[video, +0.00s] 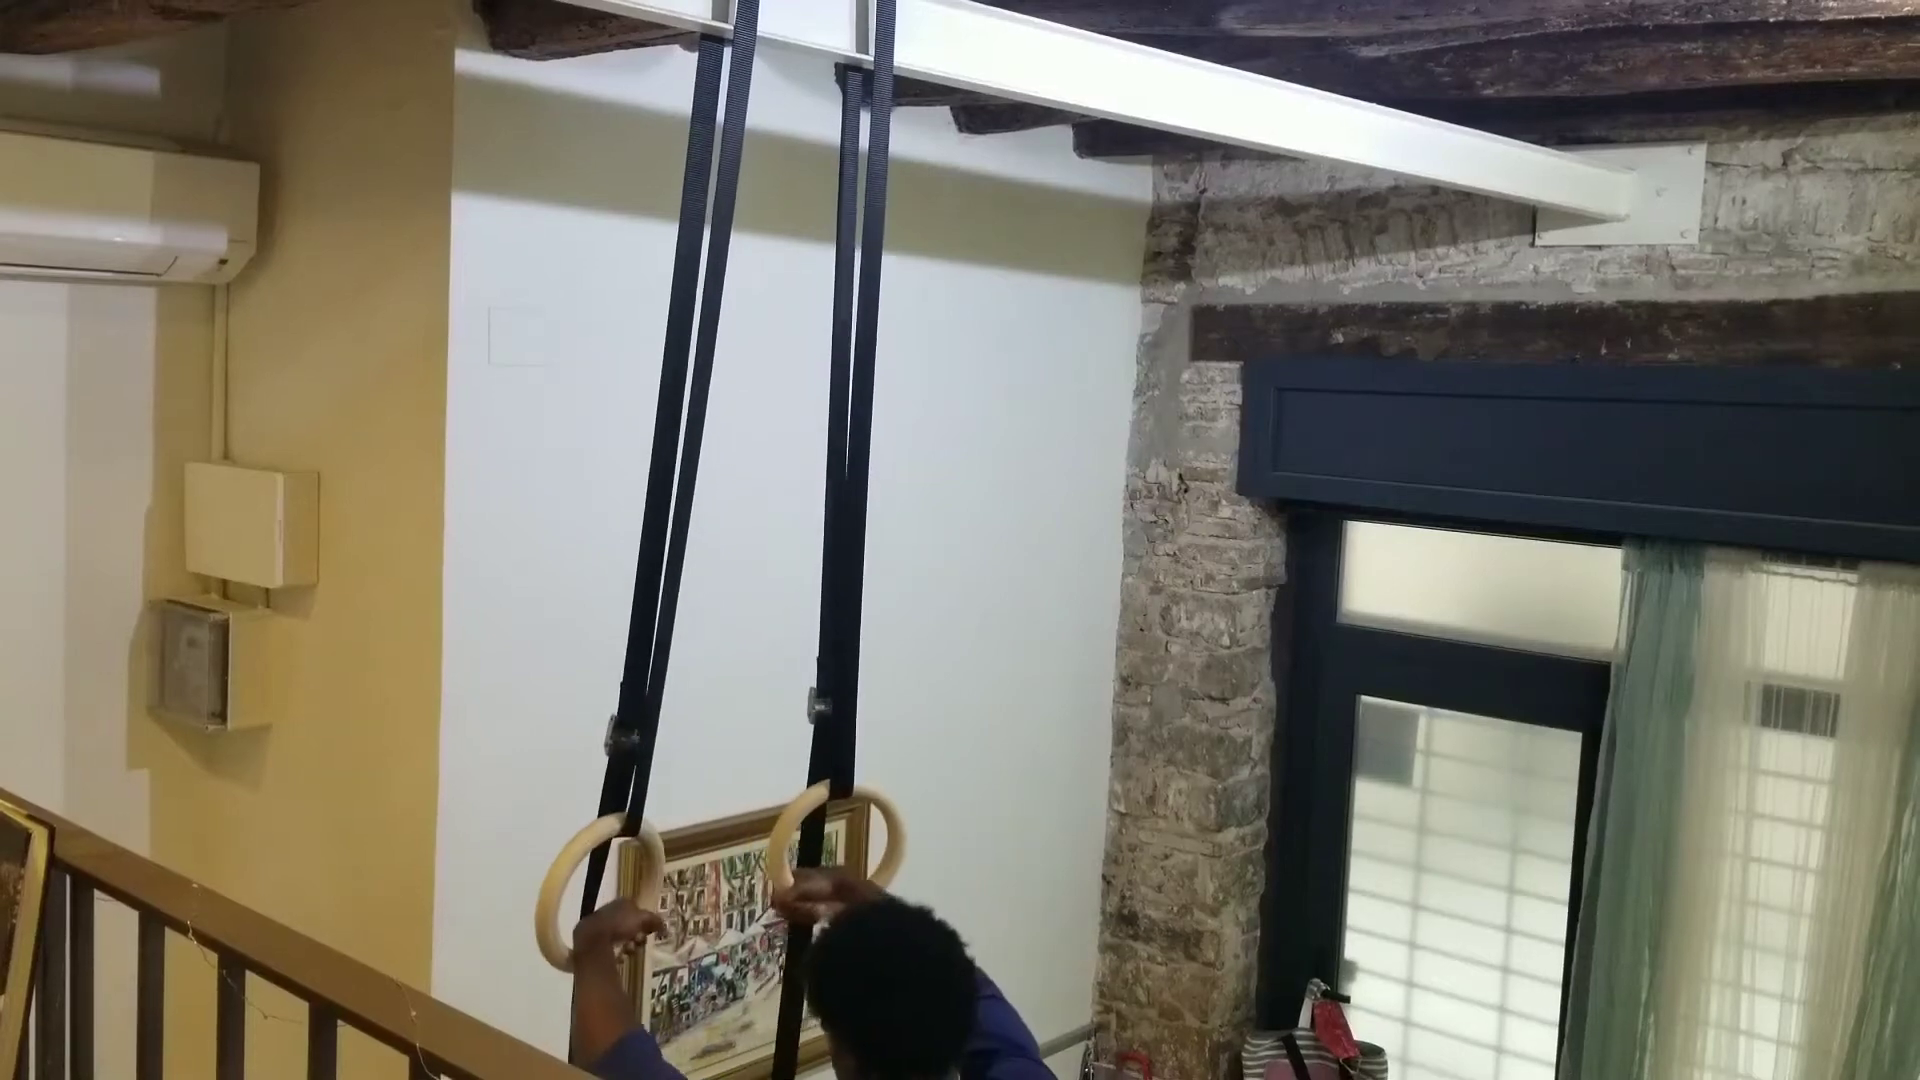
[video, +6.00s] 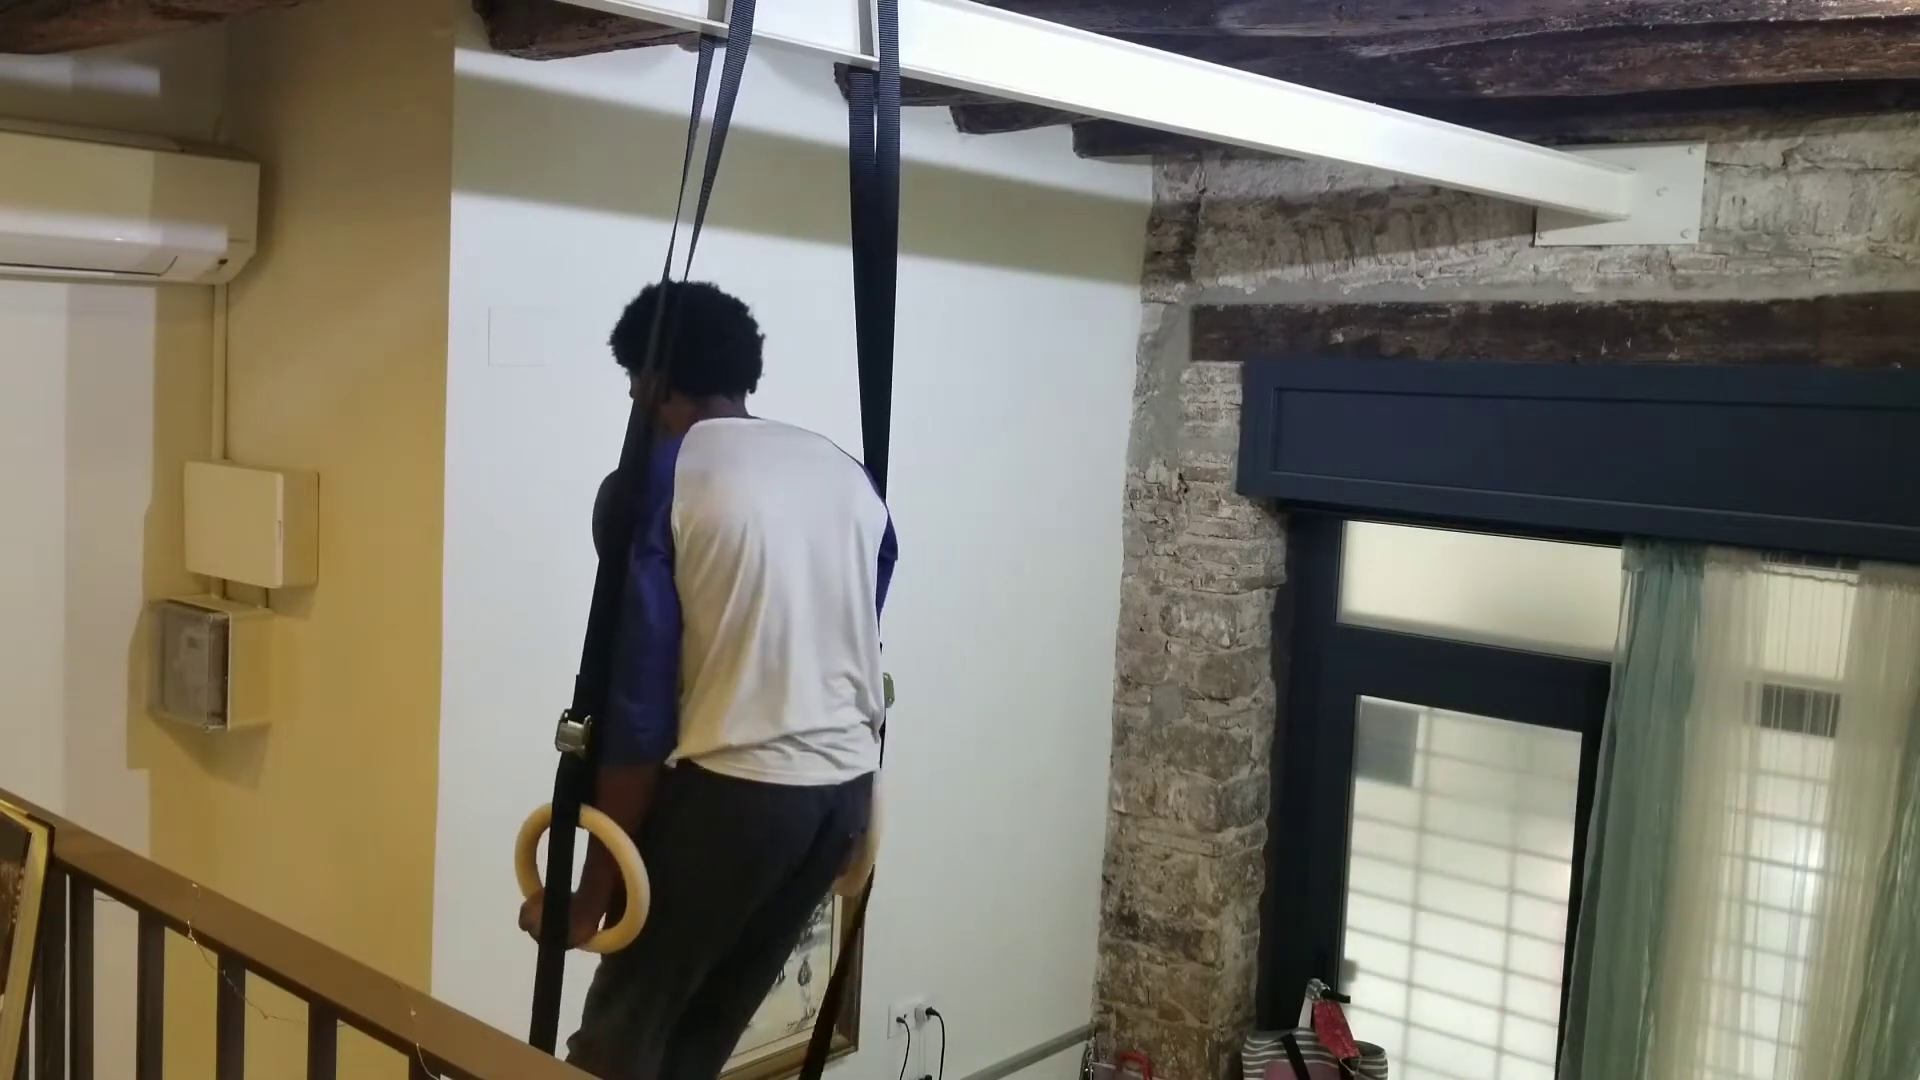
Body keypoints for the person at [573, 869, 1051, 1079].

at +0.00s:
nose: (822, 1032)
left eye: (826, 1025)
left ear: (842, 1045)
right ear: (960, 1001)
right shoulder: (1008, 1069)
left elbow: (615, 1053)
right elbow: (964, 980)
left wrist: (592, 954)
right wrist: (878, 905)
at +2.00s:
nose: (856, 972)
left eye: (865, 975)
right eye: (868, 962)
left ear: (882, 1032)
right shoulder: (1016, 1056)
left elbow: (605, 1068)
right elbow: (991, 974)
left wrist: (614, 966)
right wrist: (890, 902)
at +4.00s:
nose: (678, 388)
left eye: (682, 365)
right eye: (683, 364)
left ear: (701, 375)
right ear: (796, 376)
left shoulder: (684, 493)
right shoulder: (876, 487)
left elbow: (676, 731)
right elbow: (899, 690)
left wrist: (642, 902)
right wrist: (881, 847)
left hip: (747, 826)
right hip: (854, 823)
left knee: (575, 1020)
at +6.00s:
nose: (631, 399)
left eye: (633, 378)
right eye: (631, 378)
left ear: (657, 375)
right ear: (741, 376)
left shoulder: (657, 478)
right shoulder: (845, 472)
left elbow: (643, 694)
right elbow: (859, 637)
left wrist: (600, 867)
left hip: (726, 800)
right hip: (837, 805)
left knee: (621, 1035)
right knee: (702, 1042)